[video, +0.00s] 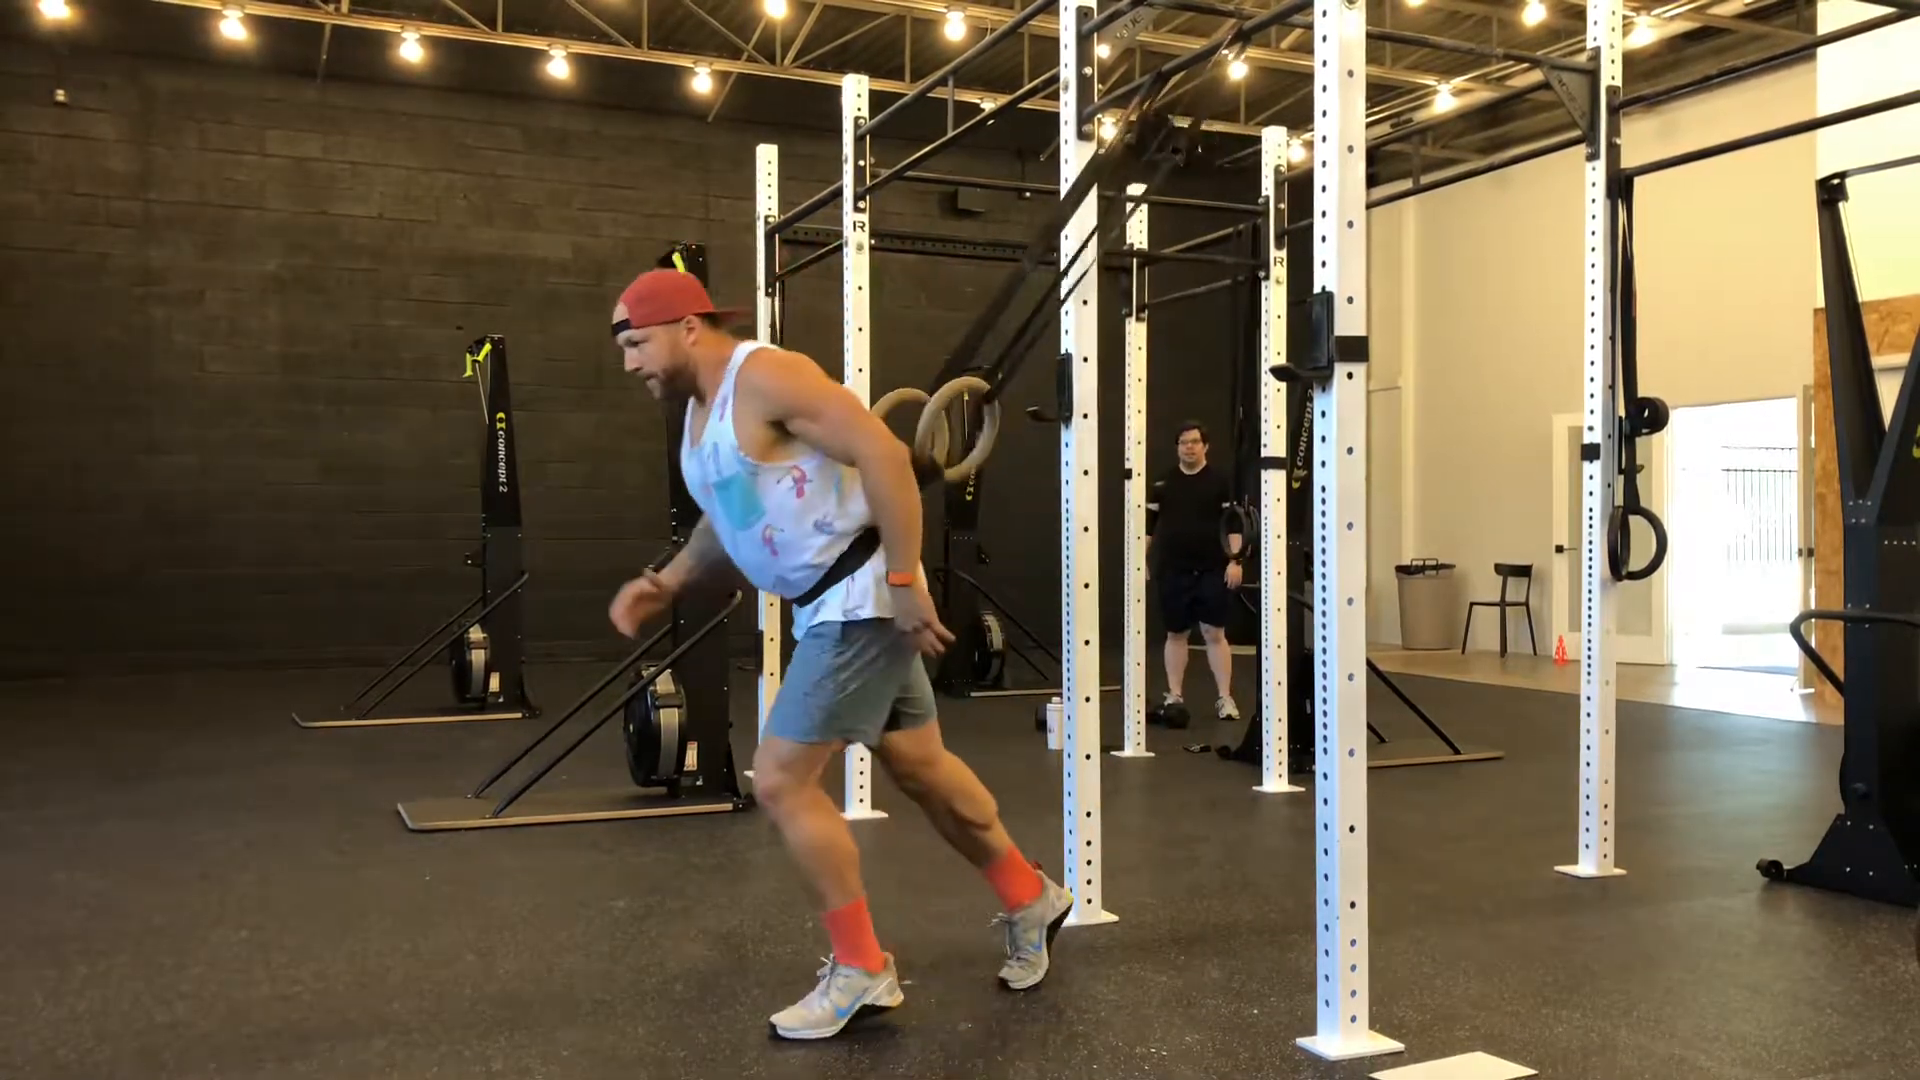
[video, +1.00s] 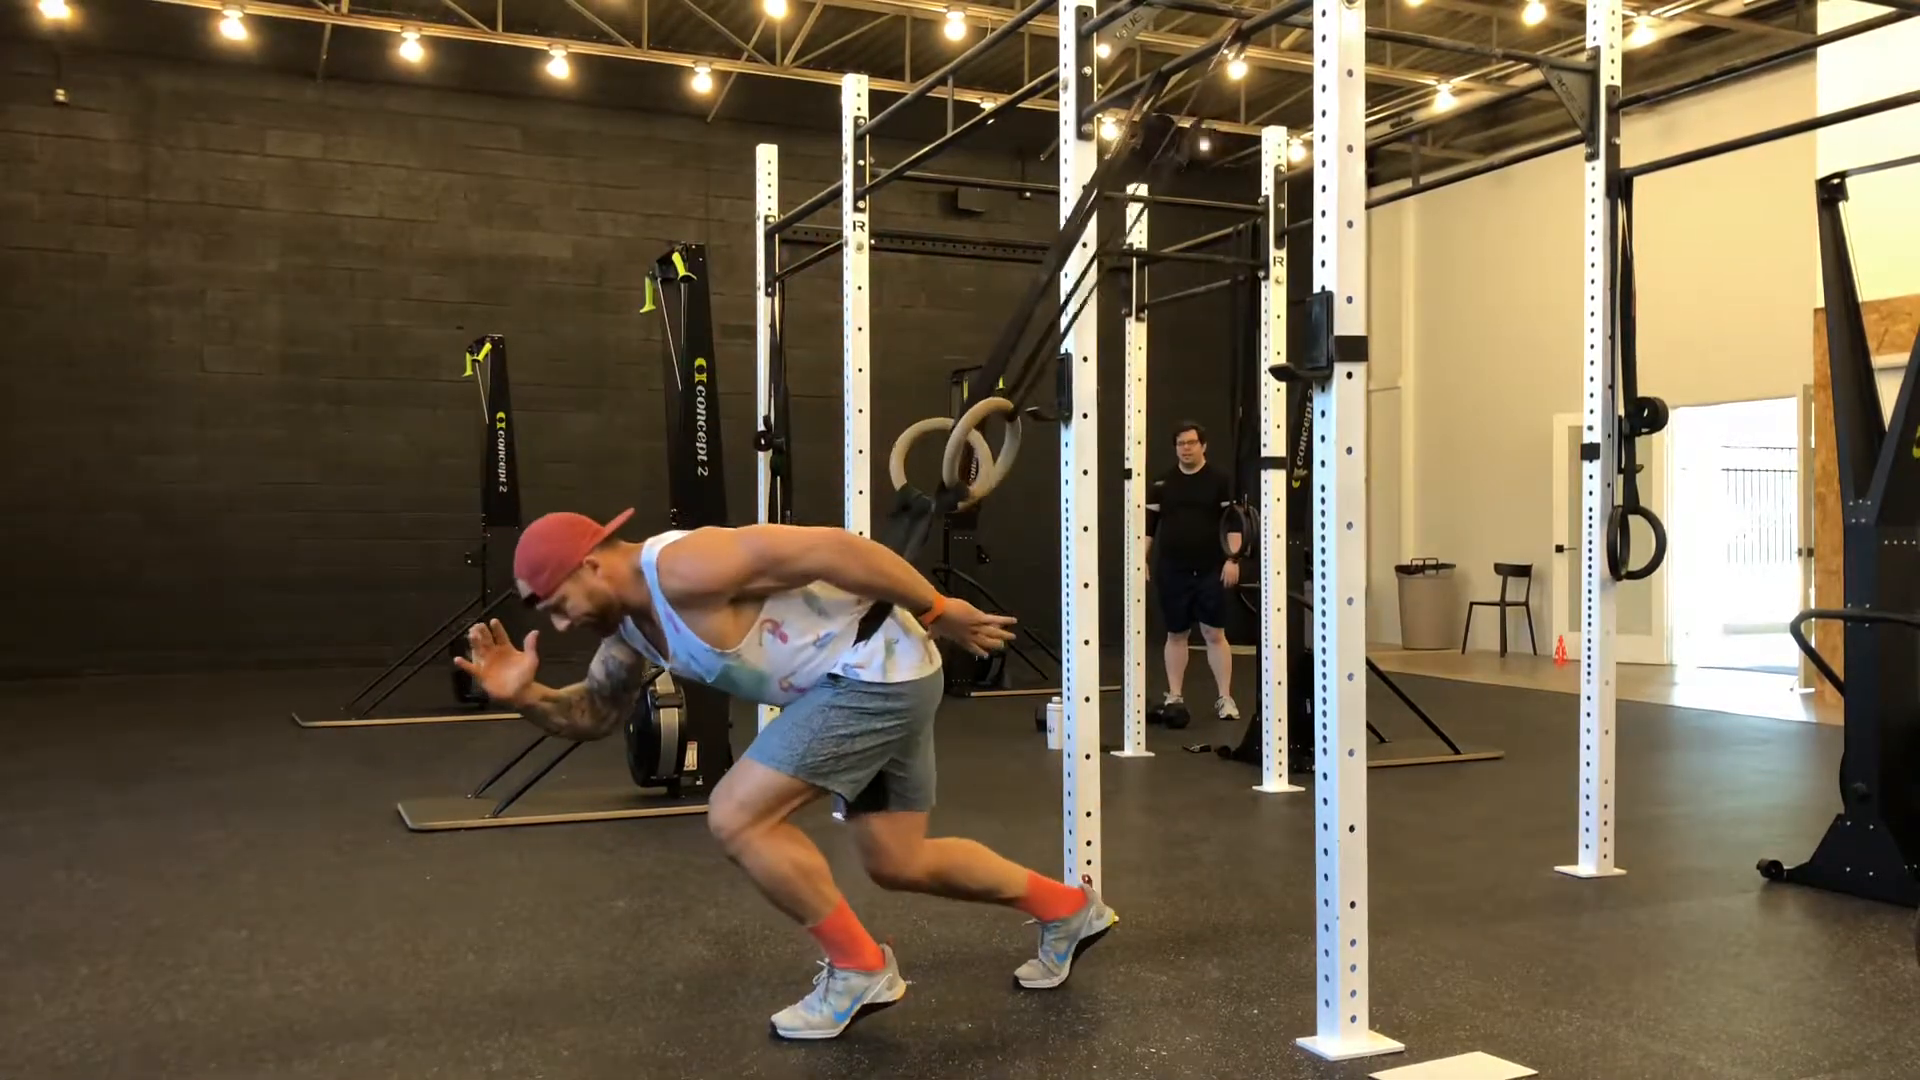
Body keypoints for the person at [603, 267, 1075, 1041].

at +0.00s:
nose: (627, 361)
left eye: (633, 340)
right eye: (622, 345)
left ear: (686, 327)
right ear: (679, 334)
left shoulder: (767, 376)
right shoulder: (703, 415)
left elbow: (886, 453)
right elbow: (733, 519)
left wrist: (906, 577)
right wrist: (669, 581)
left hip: (861, 597)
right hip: (834, 602)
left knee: (783, 779)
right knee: (920, 763)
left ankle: (862, 969)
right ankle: (1031, 896)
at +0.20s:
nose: (562, 420)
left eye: (568, 404)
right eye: (557, 409)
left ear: (619, 385)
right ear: (606, 394)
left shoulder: (710, 423)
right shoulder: (642, 473)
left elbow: (842, 479)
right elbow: (630, 566)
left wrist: (889, 600)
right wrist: (554, 556)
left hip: (835, 617)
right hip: (824, 622)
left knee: (740, 795)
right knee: (918, 780)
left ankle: (849, 957)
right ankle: (1037, 896)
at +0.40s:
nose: (534, 492)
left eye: (535, 476)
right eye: (527, 482)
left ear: (574, 449)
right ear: (575, 451)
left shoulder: (673, 471)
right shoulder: (615, 525)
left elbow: (824, 502)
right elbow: (572, 601)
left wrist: (901, 606)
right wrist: (507, 577)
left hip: (828, 631)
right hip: (836, 629)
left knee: (729, 807)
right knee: (916, 794)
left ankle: (854, 960)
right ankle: (1055, 900)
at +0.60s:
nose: (528, 569)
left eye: (527, 552)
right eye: (522, 557)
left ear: (564, 520)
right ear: (558, 528)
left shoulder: (668, 527)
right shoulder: (610, 591)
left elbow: (823, 524)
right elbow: (559, 670)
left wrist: (916, 603)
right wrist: (498, 651)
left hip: (836, 662)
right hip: (838, 665)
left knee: (719, 822)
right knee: (919, 831)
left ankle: (855, 962)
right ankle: (1069, 909)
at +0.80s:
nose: (540, 608)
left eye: (540, 591)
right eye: (531, 599)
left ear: (575, 557)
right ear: (565, 570)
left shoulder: (667, 559)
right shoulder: (619, 622)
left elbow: (826, 543)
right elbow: (574, 705)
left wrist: (925, 606)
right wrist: (508, 687)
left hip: (861, 660)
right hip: (856, 666)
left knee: (731, 816)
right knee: (892, 853)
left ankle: (860, 969)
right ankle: (1062, 901)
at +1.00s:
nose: (552, 615)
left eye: (552, 599)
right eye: (544, 604)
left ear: (589, 567)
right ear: (584, 574)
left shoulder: (681, 567)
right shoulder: (639, 627)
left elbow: (840, 548)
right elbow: (593, 712)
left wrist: (941, 609)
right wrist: (524, 693)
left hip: (872, 669)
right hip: (877, 670)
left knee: (736, 814)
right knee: (898, 859)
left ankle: (861, 967)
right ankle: (1070, 906)